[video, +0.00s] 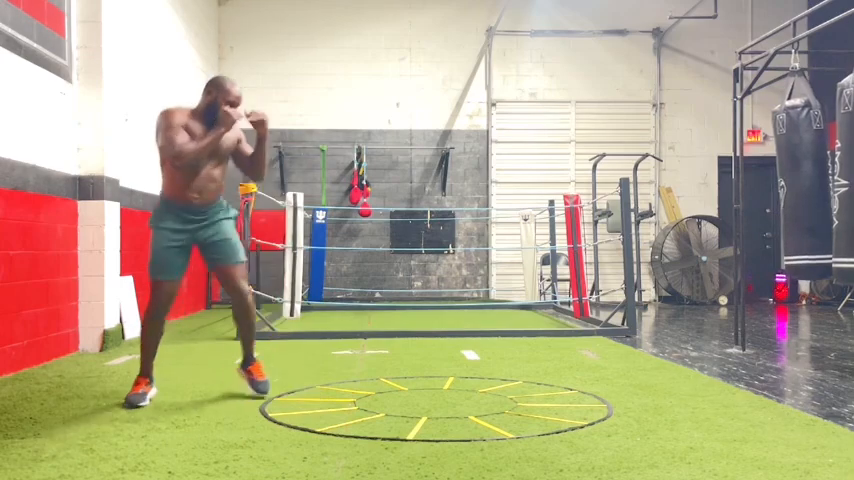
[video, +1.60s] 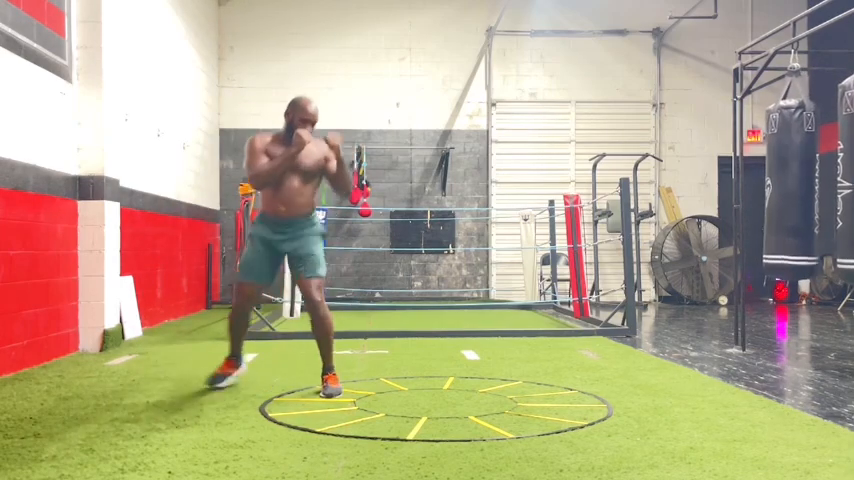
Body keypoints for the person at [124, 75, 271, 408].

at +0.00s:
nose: (236, 111)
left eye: (238, 106)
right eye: (231, 104)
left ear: (232, 106)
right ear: (211, 98)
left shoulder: (231, 133)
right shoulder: (174, 118)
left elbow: (256, 172)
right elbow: (181, 158)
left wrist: (263, 135)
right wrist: (223, 130)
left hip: (215, 217)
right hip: (173, 218)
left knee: (242, 291)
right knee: (162, 299)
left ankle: (249, 361)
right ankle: (145, 378)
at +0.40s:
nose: (239, 120)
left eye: (242, 115)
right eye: (235, 114)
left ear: (242, 115)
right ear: (215, 108)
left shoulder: (239, 138)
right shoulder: (181, 128)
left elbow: (258, 177)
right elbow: (183, 167)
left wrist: (266, 147)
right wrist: (224, 143)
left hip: (230, 219)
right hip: (187, 222)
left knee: (263, 288)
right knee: (168, 300)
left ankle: (279, 357)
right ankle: (151, 375)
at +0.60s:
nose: (270, 139)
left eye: (273, 134)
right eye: (265, 133)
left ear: (274, 134)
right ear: (247, 129)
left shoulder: (272, 164)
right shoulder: (215, 155)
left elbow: (284, 206)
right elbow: (222, 192)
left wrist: (294, 178)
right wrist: (259, 161)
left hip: (261, 244)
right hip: (218, 245)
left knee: (289, 307)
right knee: (185, 312)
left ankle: (320, 377)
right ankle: (159, 381)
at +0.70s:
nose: (286, 135)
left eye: (290, 130)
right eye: (281, 129)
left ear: (293, 129)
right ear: (265, 124)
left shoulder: (296, 157)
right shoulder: (235, 151)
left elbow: (319, 196)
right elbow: (240, 191)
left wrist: (319, 163)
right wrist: (275, 157)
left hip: (283, 238)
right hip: (242, 241)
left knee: (307, 304)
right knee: (211, 312)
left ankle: (323, 377)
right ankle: (171, 378)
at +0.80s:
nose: (300, 121)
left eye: (303, 116)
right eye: (296, 115)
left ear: (305, 116)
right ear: (279, 110)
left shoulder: (310, 143)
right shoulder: (249, 137)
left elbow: (336, 177)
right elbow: (252, 174)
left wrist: (329, 137)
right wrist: (286, 140)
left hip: (296, 227)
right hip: (255, 226)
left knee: (311, 297)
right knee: (230, 297)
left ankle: (324, 374)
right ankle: (216, 367)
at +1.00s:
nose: (313, 119)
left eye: (318, 115)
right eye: (310, 113)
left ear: (320, 116)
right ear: (294, 108)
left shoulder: (325, 144)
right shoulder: (265, 134)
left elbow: (349, 182)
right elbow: (266, 168)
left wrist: (348, 147)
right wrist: (301, 136)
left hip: (316, 224)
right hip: (276, 226)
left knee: (341, 289)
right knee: (264, 302)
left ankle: (367, 362)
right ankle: (265, 366)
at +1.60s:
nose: (307, 128)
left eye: (312, 124)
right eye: (303, 122)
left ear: (315, 123)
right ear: (287, 117)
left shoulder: (321, 150)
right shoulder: (261, 142)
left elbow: (345, 189)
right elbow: (257, 180)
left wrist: (339, 157)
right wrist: (293, 151)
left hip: (305, 230)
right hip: (266, 229)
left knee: (314, 297)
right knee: (242, 297)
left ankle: (329, 372)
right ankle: (234, 359)